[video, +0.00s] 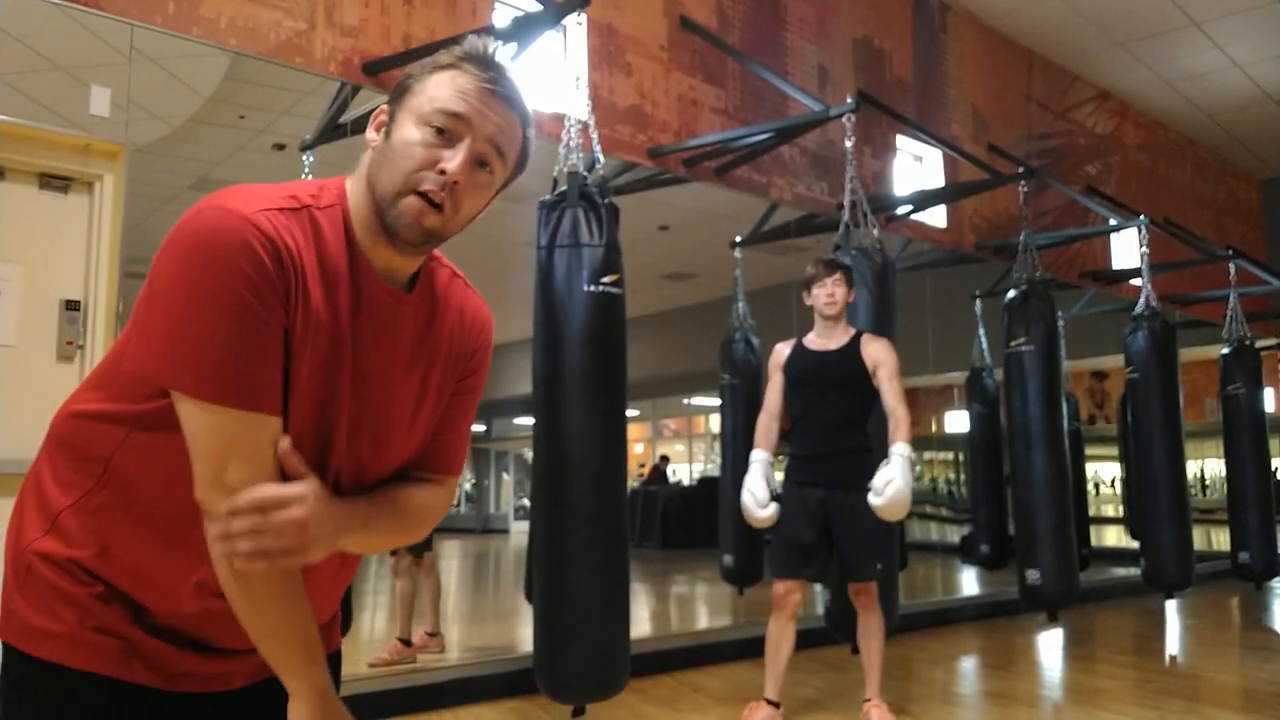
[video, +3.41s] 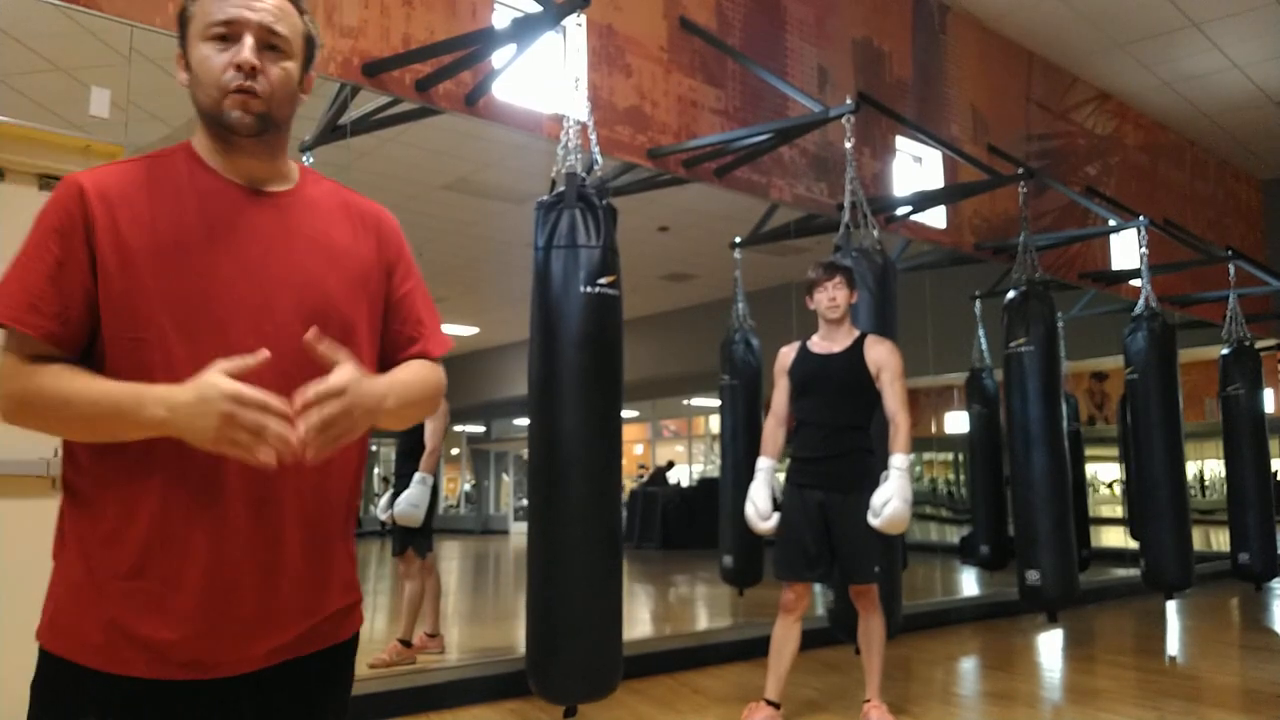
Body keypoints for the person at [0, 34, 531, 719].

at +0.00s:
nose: (453, 169)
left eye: (484, 164)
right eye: (442, 131)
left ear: (489, 200)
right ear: (380, 123)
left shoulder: (464, 326)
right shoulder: (238, 237)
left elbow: (431, 493)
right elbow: (237, 510)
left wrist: (338, 522)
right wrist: (313, 692)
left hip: (281, 644)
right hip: (94, 624)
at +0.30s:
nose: (435, 177)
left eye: (466, 169)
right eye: (423, 138)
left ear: (473, 198)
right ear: (355, 126)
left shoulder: (435, 330)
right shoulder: (208, 243)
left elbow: (398, 501)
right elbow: (175, 500)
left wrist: (319, 614)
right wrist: (273, 694)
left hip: (221, 665)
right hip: (54, 641)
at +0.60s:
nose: (371, 165)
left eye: (405, 152)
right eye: (355, 124)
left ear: (417, 182)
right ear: (287, 111)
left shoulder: (388, 316)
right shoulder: (129, 238)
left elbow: (350, 503)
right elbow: (64, 509)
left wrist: (268, 646)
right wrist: (189, 690)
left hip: (231, 685)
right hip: (50, 678)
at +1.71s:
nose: (384, 116)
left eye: (415, 105)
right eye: (367, 80)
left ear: (426, 139)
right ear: (308, 81)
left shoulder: (411, 283)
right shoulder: (171, 201)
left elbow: (397, 447)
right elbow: (100, 428)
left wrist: (321, 568)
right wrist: (253, 595)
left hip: (274, 660)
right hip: (84, 653)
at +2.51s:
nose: (296, 80)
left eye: (325, 73)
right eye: (277, 45)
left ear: (332, 104)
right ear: (214, 43)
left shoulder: (328, 250)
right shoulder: (78, 173)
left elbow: (341, 407)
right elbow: (10, 375)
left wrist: (332, 492)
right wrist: (163, 527)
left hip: (239, 663)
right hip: (62, 664)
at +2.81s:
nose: (225, 47)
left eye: (250, 37)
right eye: (199, 17)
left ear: (259, 67)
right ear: (132, 24)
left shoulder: (280, 214)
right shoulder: (23, 160)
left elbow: (316, 362)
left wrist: (280, 411)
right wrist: (147, 413)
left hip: (239, 645)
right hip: (51, 655)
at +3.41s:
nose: (246, 58)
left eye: (273, 46)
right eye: (222, 36)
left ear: (305, 79)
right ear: (183, 63)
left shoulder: (370, 230)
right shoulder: (93, 206)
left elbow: (430, 378)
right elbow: (13, 380)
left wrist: (373, 400)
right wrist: (170, 409)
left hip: (301, 651)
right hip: (114, 652)